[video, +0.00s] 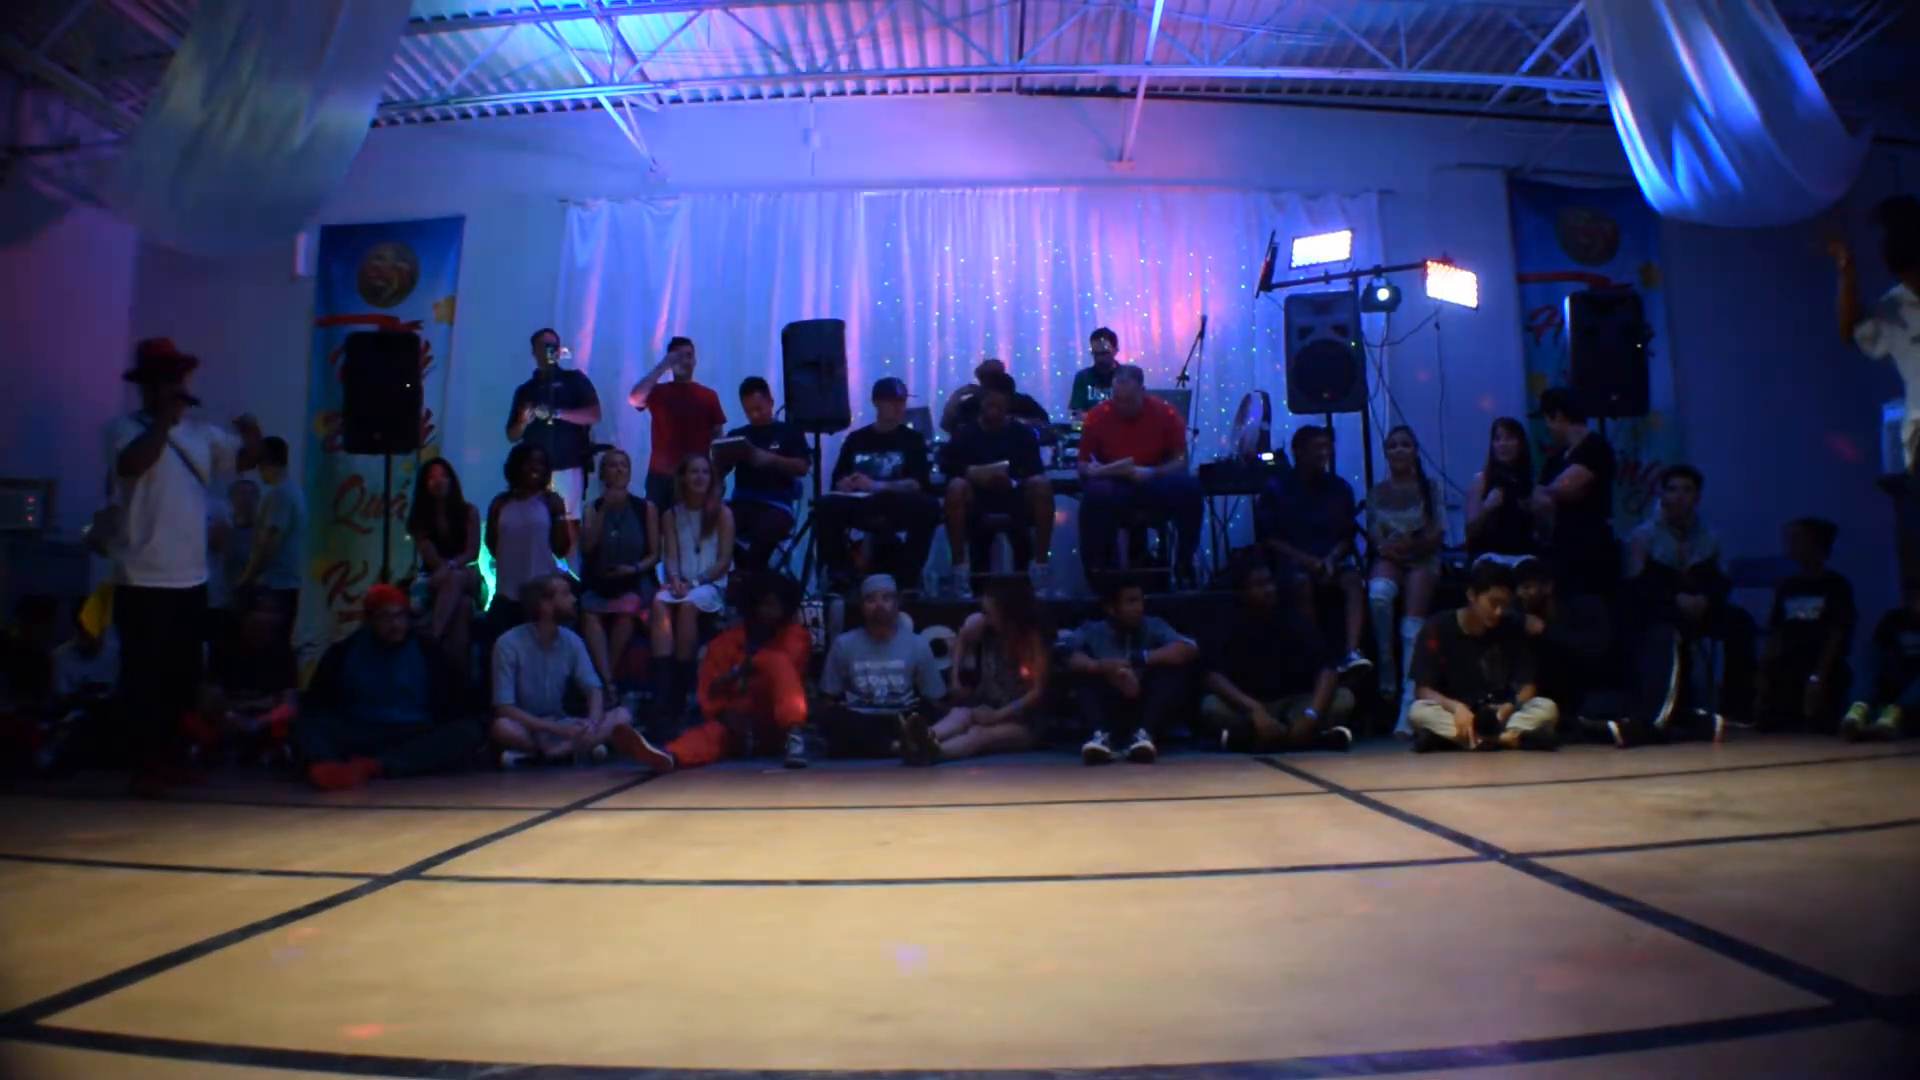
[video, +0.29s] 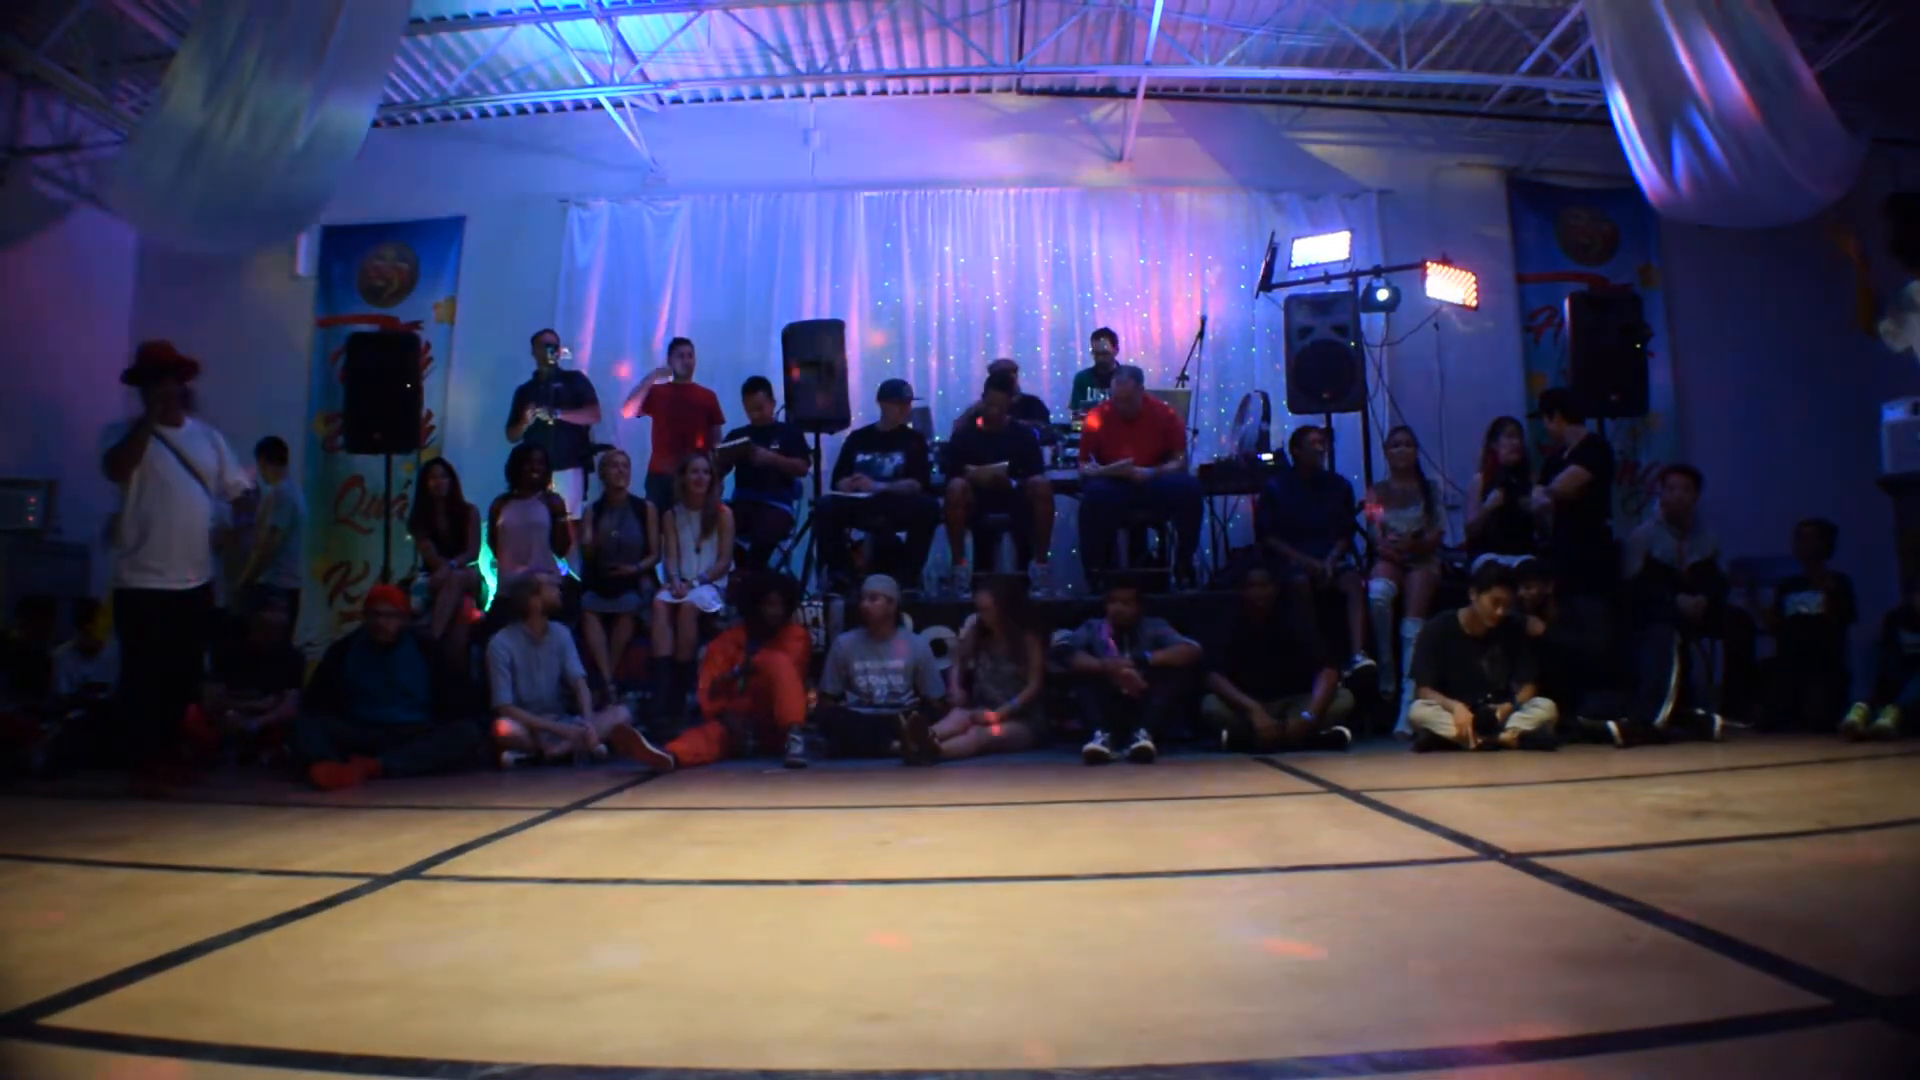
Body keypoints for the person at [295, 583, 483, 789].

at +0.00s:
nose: (396, 624)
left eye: (401, 616)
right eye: (388, 617)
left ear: (408, 617)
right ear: (371, 620)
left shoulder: (425, 651)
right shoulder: (344, 654)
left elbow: (447, 697)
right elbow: (317, 704)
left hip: (415, 732)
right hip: (357, 732)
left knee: (467, 733)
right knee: (307, 725)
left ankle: (379, 766)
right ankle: (327, 766)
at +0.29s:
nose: (383, 624)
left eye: (391, 617)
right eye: (377, 616)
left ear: (404, 619)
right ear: (366, 617)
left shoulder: (423, 650)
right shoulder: (344, 651)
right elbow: (317, 701)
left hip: (414, 731)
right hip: (356, 730)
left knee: (466, 734)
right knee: (307, 725)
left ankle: (380, 766)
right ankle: (328, 766)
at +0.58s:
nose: (381, 621)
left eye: (389, 614)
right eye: (375, 613)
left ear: (402, 617)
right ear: (365, 616)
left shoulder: (421, 646)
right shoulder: (349, 646)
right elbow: (319, 692)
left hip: (415, 728)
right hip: (358, 726)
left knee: (465, 734)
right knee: (312, 718)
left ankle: (376, 766)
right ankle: (327, 763)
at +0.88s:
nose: (389, 614)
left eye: (397, 607)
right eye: (382, 606)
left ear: (409, 612)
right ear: (371, 611)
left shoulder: (427, 645)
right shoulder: (355, 643)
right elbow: (327, 684)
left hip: (417, 722)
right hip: (363, 720)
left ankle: (377, 765)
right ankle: (339, 760)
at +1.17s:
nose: (380, 611)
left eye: (388, 605)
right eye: (374, 604)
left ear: (403, 610)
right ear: (366, 607)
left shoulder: (422, 642)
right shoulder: (349, 640)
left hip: (414, 715)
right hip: (363, 716)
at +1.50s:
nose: (365, 614)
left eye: (373, 607)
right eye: (361, 606)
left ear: (389, 612)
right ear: (354, 609)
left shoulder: (410, 642)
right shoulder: (345, 641)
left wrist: (435, 697)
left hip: (404, 717)